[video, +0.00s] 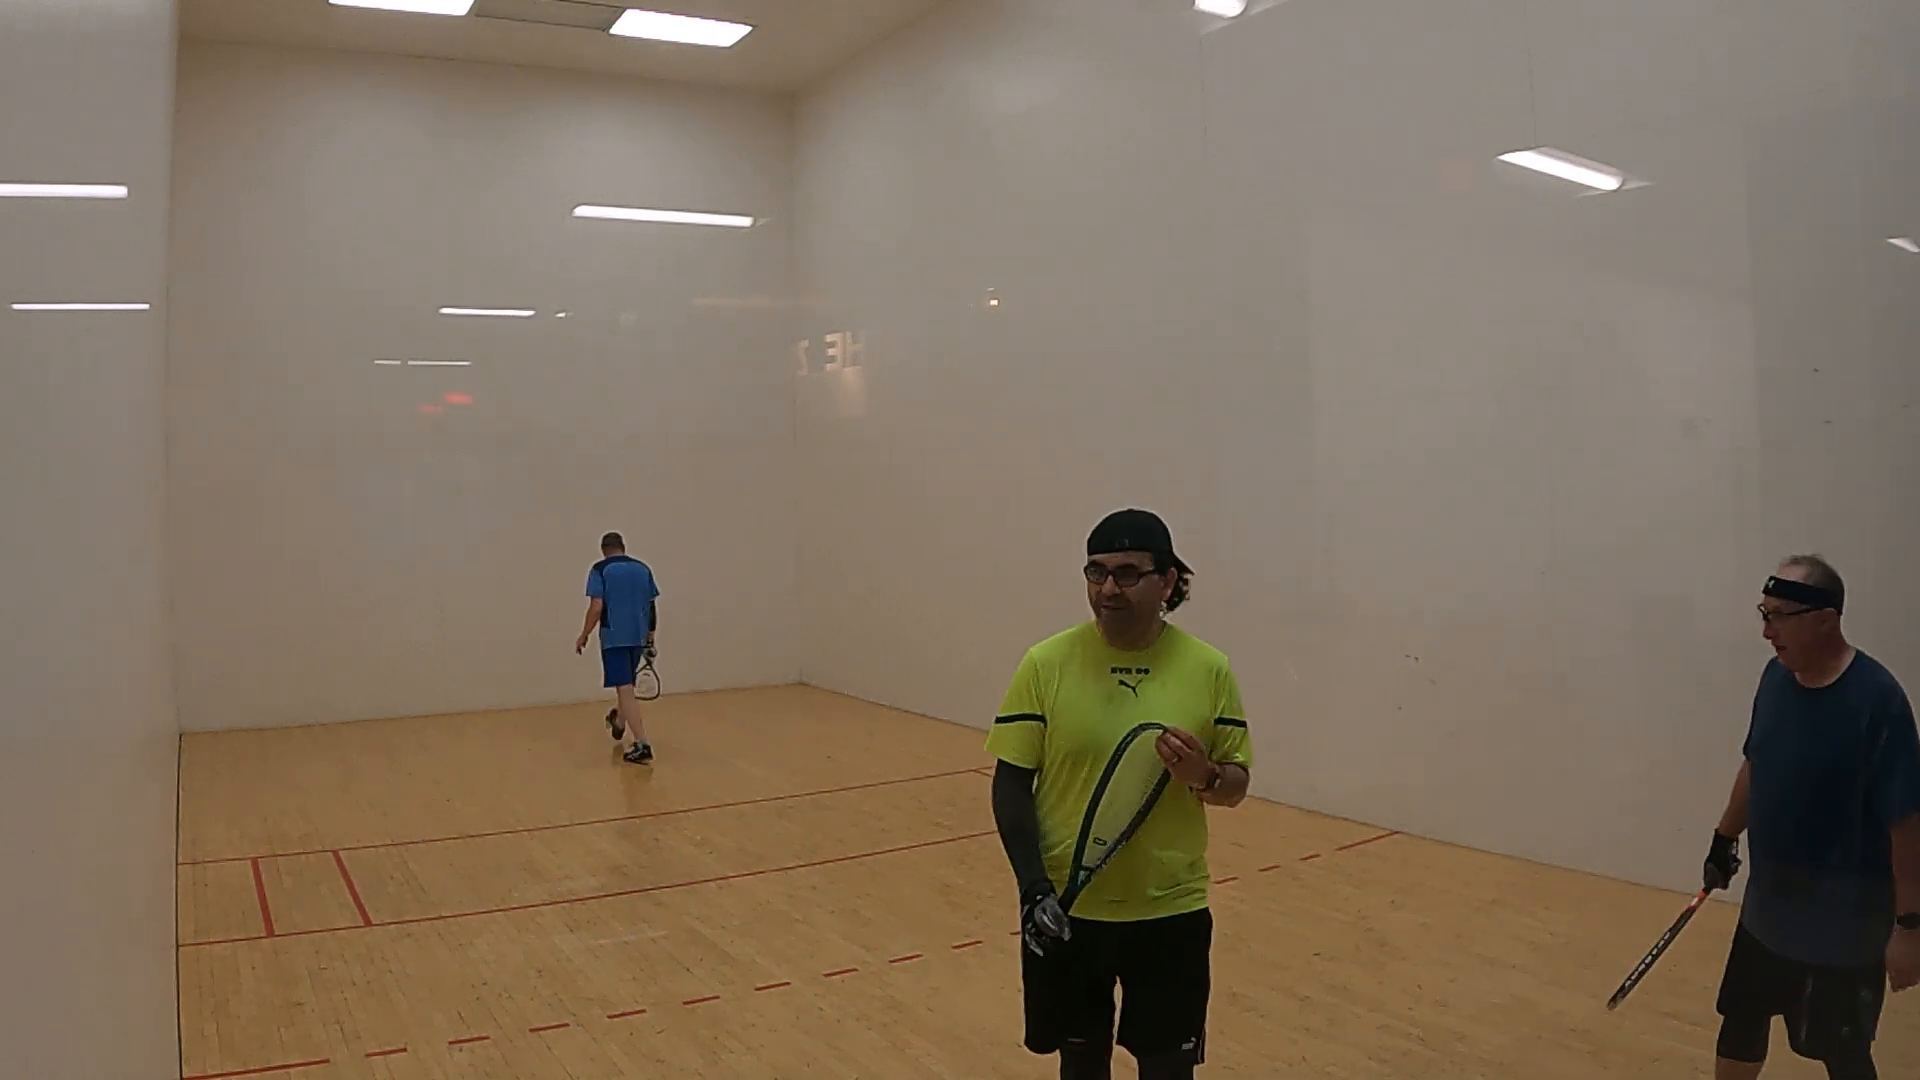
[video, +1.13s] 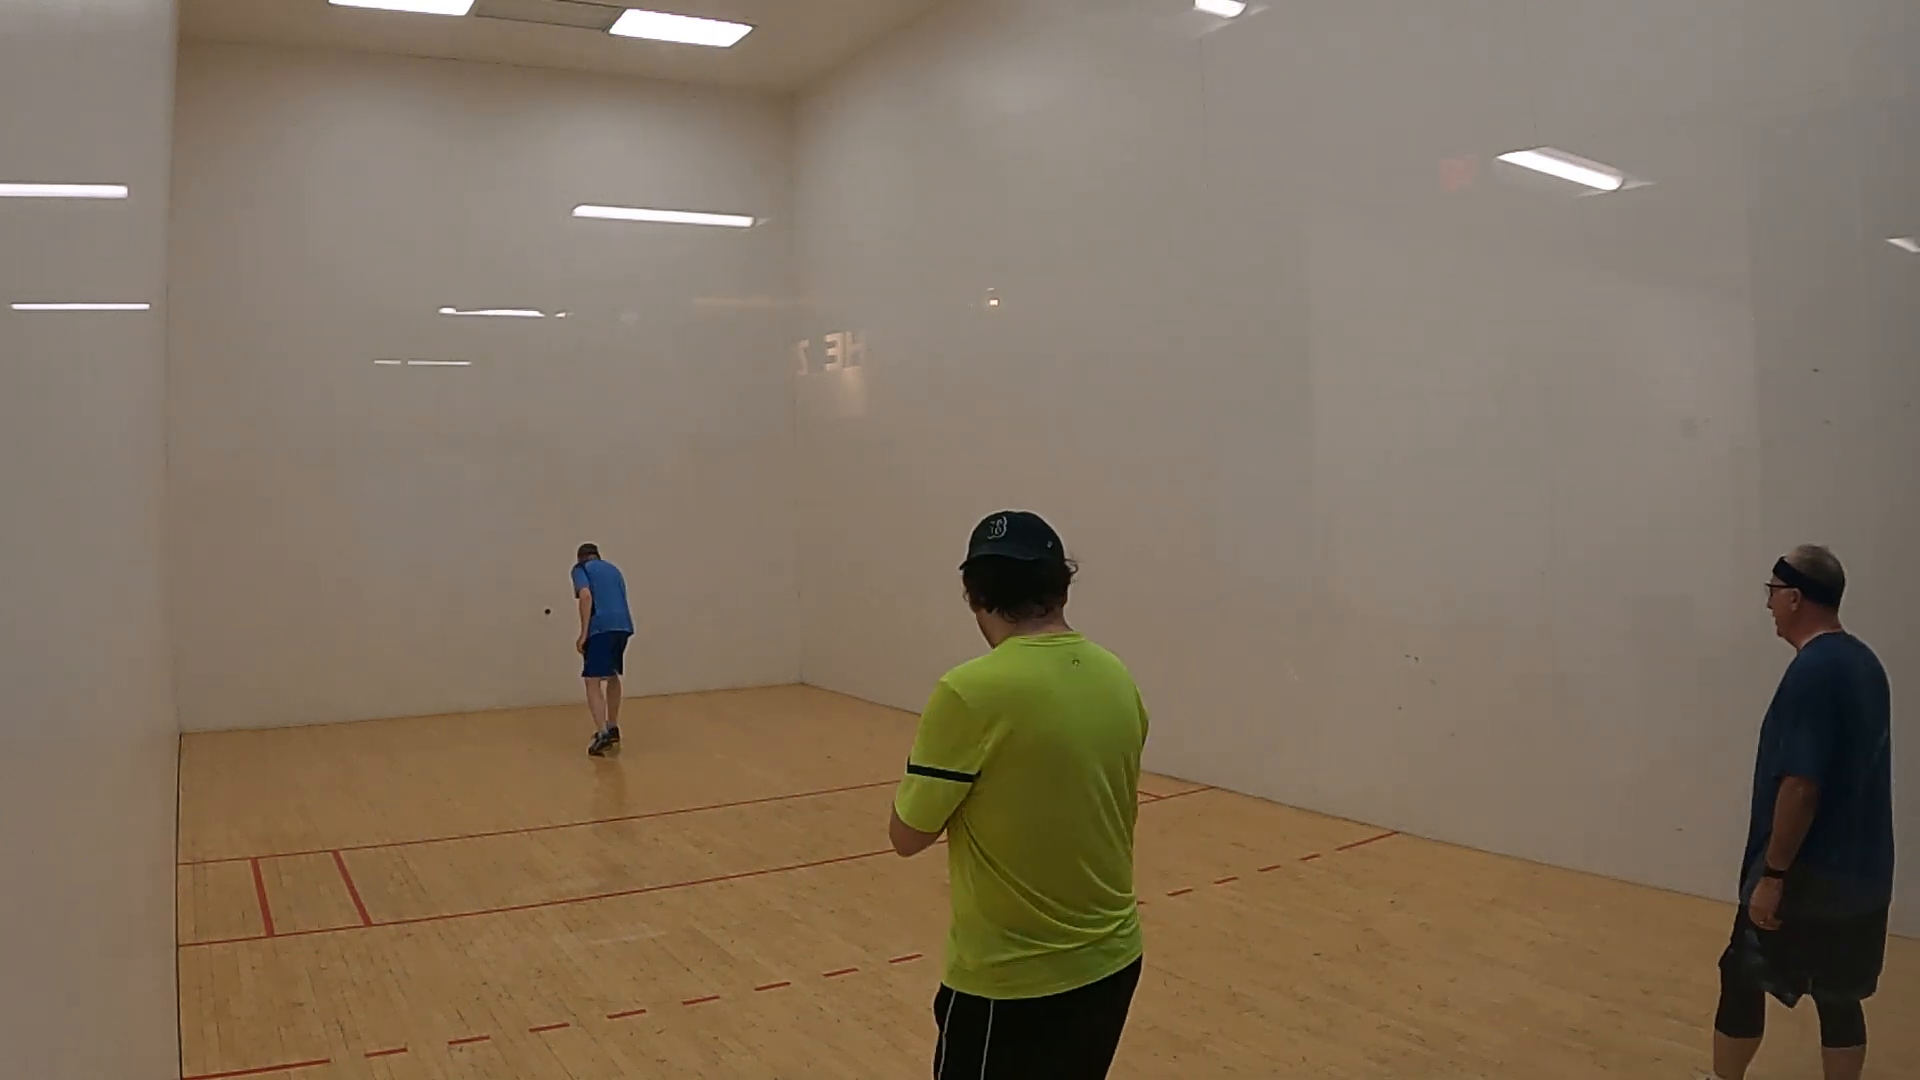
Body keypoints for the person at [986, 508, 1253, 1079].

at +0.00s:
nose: (1109, 587)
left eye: (1130, 573)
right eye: (1098, 572)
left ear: (1169, 582)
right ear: (1086, 578)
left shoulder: (1207, 670)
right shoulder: (1046, 666)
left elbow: (1235, 785)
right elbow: (1011, 787)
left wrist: (1207, 777)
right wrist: (1034, 890)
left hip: (1170, 914)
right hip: (1069, 912)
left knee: (1168, 1067)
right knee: (1081, 1061)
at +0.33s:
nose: (1059, 581)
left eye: (1073, 565)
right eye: (1062, 565)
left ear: (1120, 576)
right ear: (1114, 577)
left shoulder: (1201, 678)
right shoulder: (1056, 662)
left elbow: (1242, 813)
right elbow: (1025, 787)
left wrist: (1139, 791)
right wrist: (995, 887)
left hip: (1149, 952)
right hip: (1043, 935)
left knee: (1147, 1073)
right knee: (1018, 1069)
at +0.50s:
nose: (1031, 583)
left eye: (1040, 567)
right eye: (1035, 567)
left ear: (1076, 578)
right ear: (1076, 578)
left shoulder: (1163, 680)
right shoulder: (1048, 671)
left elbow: (1198, 827)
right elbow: (1028, 811)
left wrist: (1077, 797)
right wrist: (975, 898)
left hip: (1121, 967)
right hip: (1031, 948)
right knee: (1017, 1071)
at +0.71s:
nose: (1006, 591)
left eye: (1008, 574)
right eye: (1007, 575)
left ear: (1028, 581)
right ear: (1084, 581)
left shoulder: (1109, 678)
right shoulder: (1069, 669)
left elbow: (1123, 835)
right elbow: (1051, 813)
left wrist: (998, 798)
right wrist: (976, 893)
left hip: (1074, 965)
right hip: (1041, 950)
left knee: (1048, 1077)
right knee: (1016, 1071)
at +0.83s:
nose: (997, 596)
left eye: (997, 579)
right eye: (997, 580)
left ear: (1016, 586)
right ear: (1079, 581)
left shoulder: (1070, 681)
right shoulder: (1096, 663)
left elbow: (1053, 843)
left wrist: (959, 789)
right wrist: (983, 890)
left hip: (1052, 967)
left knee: (998, 1073)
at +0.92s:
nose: (991, 604)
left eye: (989, 586)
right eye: (990, 587)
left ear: (1004, 589)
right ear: (1070, 584)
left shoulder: (1042, 687)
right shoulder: (1103, 663)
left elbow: (992, 848)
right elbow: (1080, 809)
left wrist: (949, 780)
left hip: (1037, 975)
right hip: (1102, 952)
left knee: (990, 1074)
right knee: (1054, 1071)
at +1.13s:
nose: (969, 605)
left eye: (968, 592)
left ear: (975, 596)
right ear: (1062, 589)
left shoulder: (971, 692)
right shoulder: (1115, 675)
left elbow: (907, 835)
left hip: (1006, 991)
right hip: (1109, 973)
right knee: (1075, 1072)